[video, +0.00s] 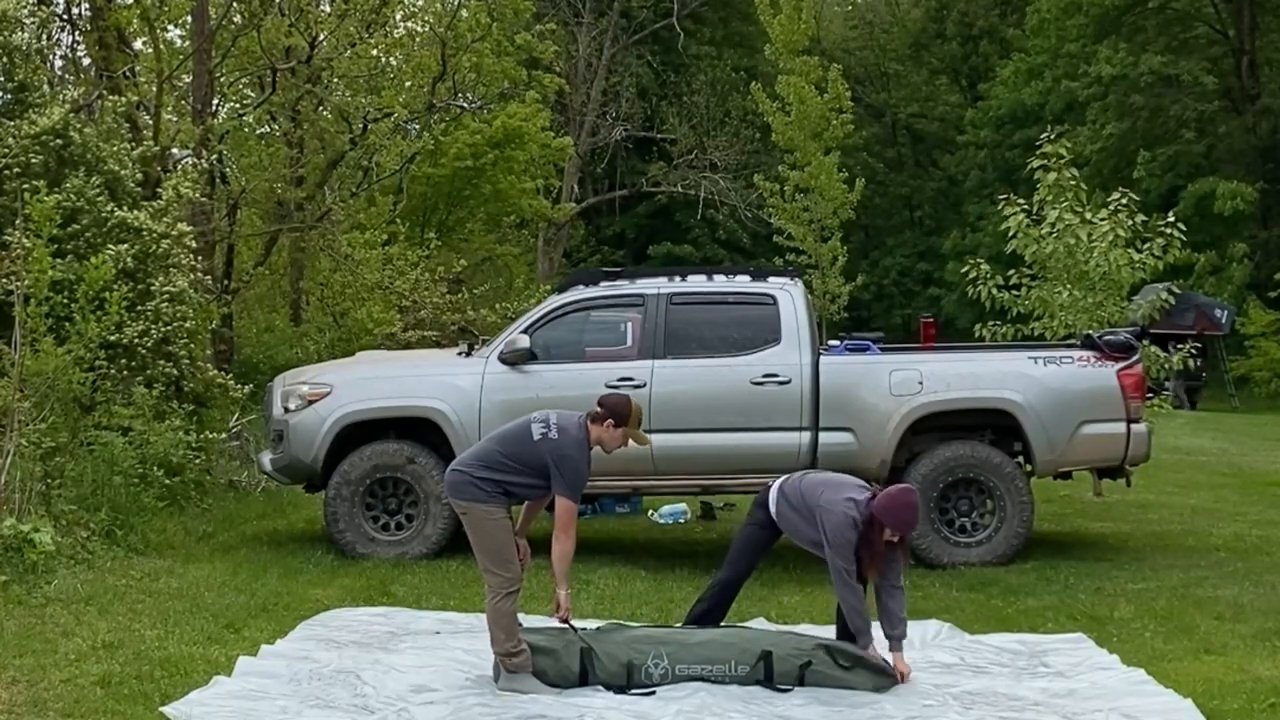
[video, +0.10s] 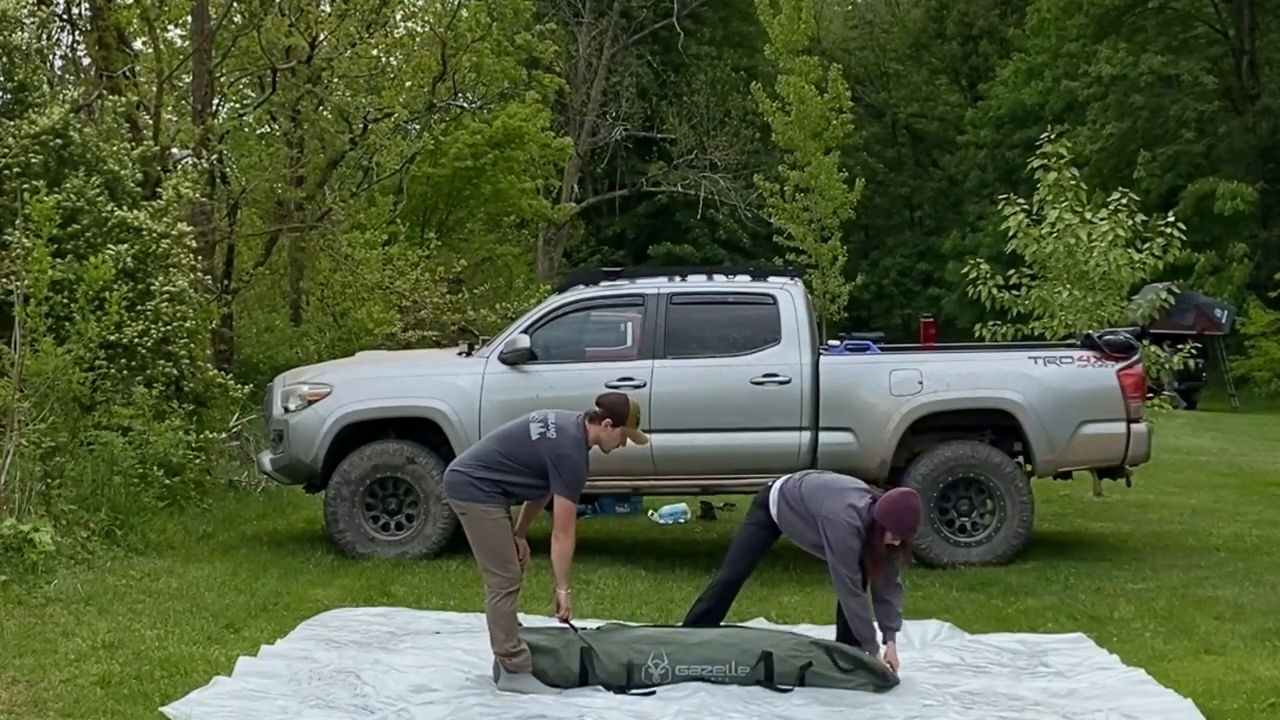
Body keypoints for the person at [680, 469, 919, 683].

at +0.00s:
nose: (892, 538)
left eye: (898, 533)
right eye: (889, 529)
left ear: (905, 529)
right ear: (875, 517)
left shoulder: (894, 527)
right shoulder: (843, 514)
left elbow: (892, 585)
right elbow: (846, 585)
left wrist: (897, 650)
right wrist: (868, 645)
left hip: (828, 514)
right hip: (779, 498)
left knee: (855, 583)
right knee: (731, 576)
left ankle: (847, 656)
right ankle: (689, 639)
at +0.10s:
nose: (894, 542)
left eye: (900, 537)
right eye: (892, 533)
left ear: (906, 532)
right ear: (879, 519)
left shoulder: (890, 523)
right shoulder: (845, 520)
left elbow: (889, 582)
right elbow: (850, 590)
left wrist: (890, 642)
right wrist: (873, 650)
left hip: (828, 508)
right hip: (778, 499)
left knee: (856, 583)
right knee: (730, 576)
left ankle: (848, 658)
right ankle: (686, 642)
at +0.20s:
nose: (896, 542)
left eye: (903, 537)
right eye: (894, 534)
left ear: (907, 532)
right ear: (881, 519)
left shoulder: (888, 526)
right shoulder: (846, 519)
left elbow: (883, 584)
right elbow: (848, 589)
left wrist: (879, 640)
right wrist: (870, 646)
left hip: (825, 514)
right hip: (777, 500)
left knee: (860, 581)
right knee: (729, 578)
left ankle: (848, 657)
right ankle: (686, 643)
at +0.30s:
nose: (897, 542)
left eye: (903, 537)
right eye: (895, 534)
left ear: (908, 531)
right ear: (882, 518)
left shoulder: (889, 524)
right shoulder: (847, 517)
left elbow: (884, 581)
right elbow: (851, 586)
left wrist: (882, 636)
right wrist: (876, 645)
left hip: (826, 513)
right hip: (777, 500)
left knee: (860, 579)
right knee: (729, 578)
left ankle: (848, 657)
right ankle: (687, 642)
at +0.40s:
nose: (899, 545)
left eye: (906, 541)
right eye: (898, 536)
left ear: (912, 534)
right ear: (885, 521)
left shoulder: (892, 528)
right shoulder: (850, 520)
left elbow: (886, 584)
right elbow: (853, 588)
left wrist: (882, 643)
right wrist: (874, 650)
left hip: (829, 513)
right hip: (779, 501)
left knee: (861, 582)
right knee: (731, 579)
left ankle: (849, 658)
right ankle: (688, 643)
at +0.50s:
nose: (898, 544)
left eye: (905, 541)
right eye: (896, 537)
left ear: (910, 536)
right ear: (885, 523)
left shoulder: (890, 525)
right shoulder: (848, 518)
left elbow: (883, 585)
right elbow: (851, 587)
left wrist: (880, 642)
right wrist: (871, 646)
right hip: (777, 499)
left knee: (861, 580)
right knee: (729, 578)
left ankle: (848, 654)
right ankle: (687, 642)